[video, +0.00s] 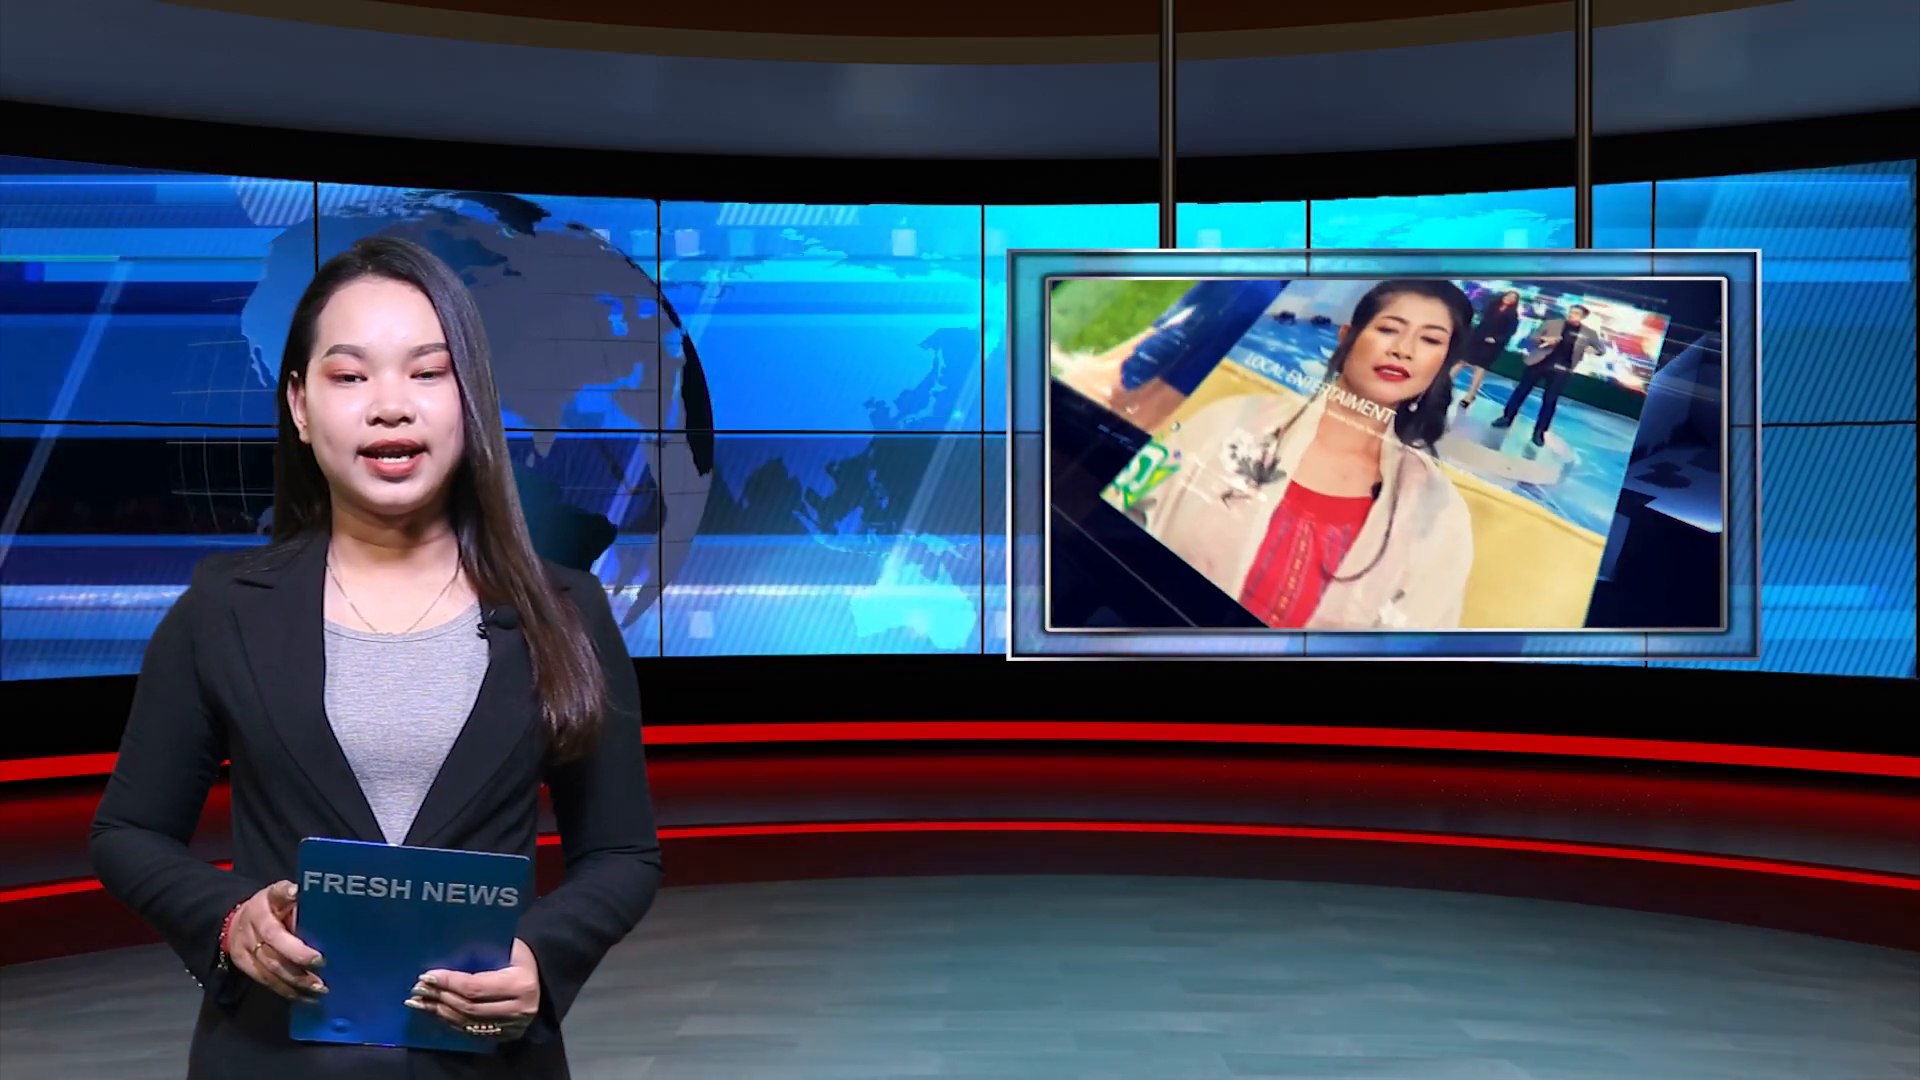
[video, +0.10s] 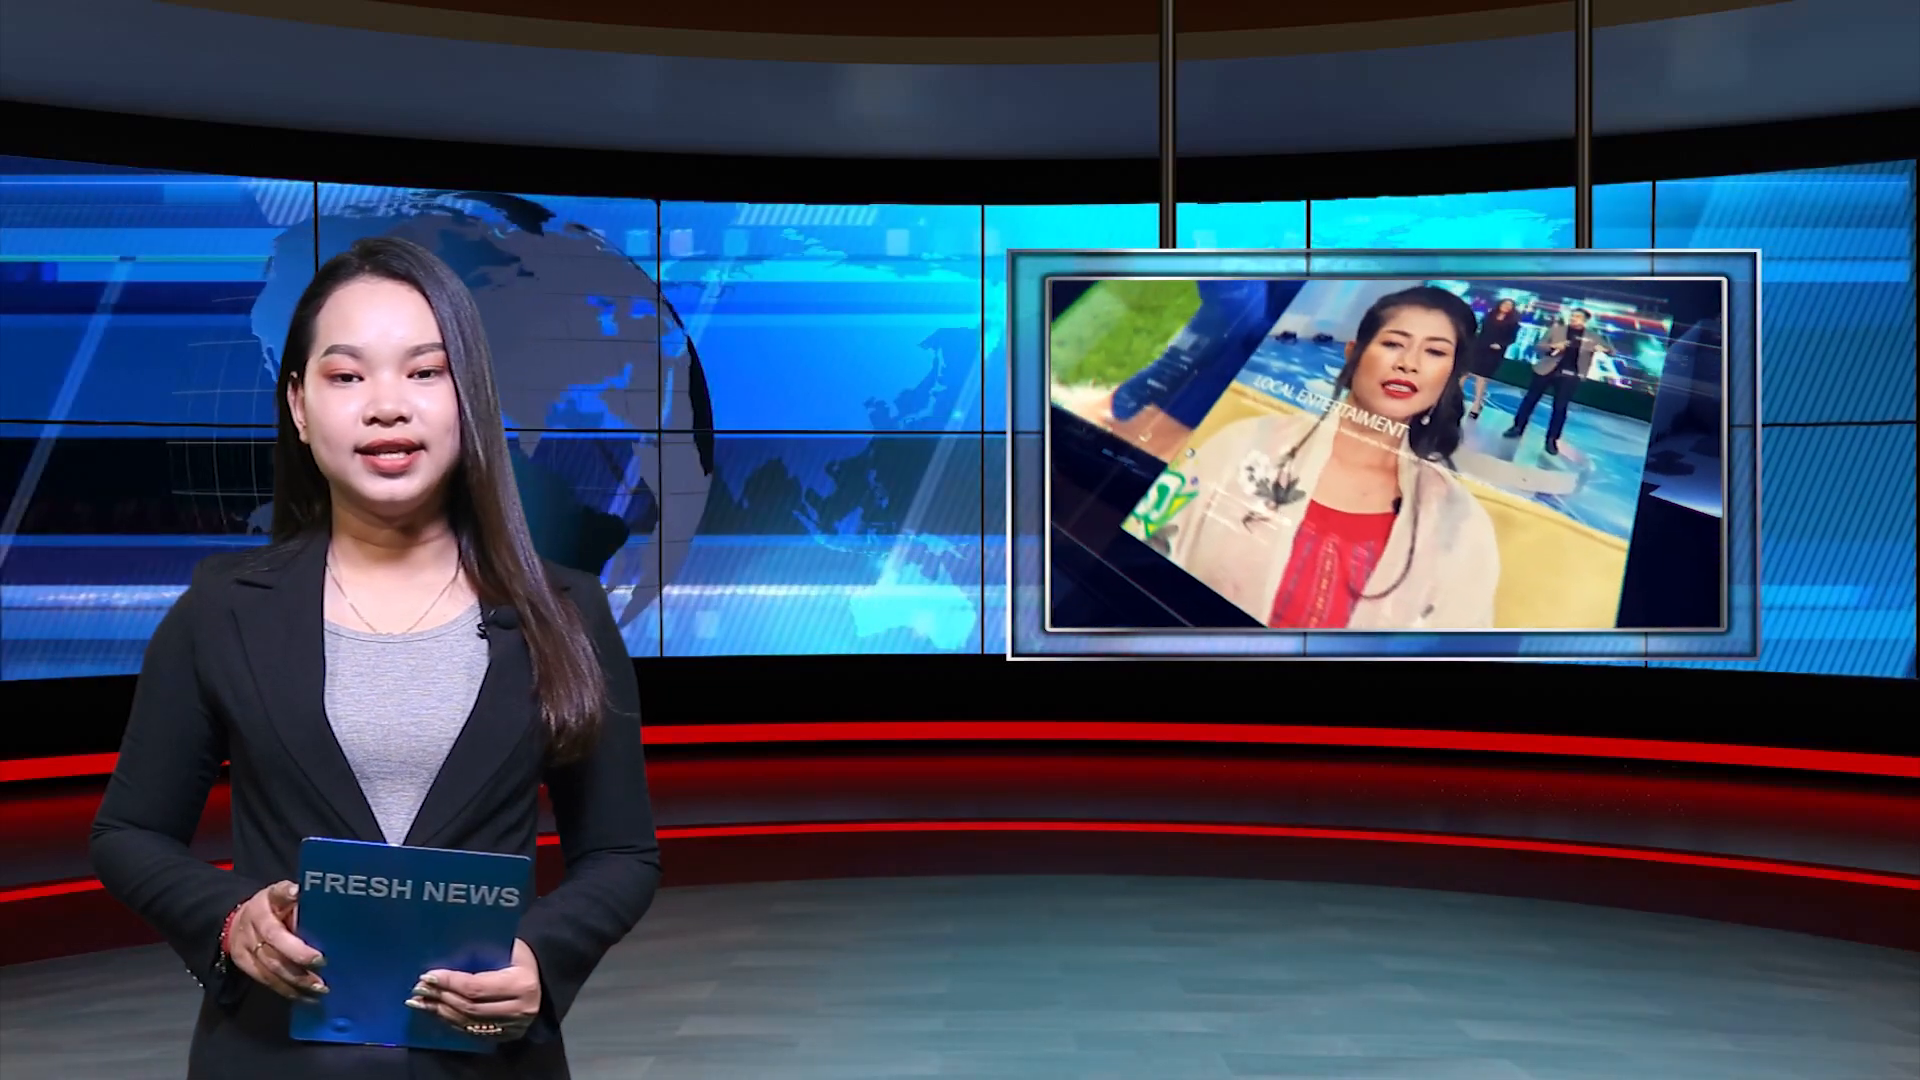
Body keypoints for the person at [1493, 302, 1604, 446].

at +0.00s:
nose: (1573, 316)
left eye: (1577, 314)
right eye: (1572, 313)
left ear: (1582, 318)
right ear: (1568, 313)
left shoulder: (1589, 334)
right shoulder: (1552, 324)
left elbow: (1601, 351)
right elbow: (1531, 339)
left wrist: (1591, 350)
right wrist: (1545, 339)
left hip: (1560, 371)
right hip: (1539, 364)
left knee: (1550, 402)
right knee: (1522, 390)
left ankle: (1539, 432)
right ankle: (1507, 418)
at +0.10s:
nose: (1575, 320)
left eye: (1579, 317)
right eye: (1573, 316)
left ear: (1585, 321)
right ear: (1570, 317)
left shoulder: (1591, 338)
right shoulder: (1557, 329)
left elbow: (1611, 351)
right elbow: (1539, 347)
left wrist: (1601, 349)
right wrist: (1553, 346)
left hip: (1569, 376)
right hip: (1546, 371)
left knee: (1560, 409)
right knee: (1530, 399)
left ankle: (1552, 439)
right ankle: (1517, 427)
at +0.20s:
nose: (1579, 321)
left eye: (1583, 318)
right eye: (1577, 317)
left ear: (1588, 321)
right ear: (1573, 318)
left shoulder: (1598, 338)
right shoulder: (1561, 332)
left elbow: (1621, 351)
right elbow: (1543, 349)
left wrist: (1613, 349)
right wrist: (1559, 348)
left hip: (1576, 379)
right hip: (1553, 374)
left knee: (1569, 412)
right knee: (1539, 402)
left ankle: (1562, 443)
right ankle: (1526, 432)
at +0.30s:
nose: (1586, 322)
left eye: (1590, 320)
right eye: (1585, 319)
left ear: (1597, 323)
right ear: (1581, 321)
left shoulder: (1607, 339)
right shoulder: (1571, 335)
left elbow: (1631, 354)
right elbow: (1557, 353)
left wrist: (1621, 352)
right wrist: (1570, 355)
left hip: (1589, 382)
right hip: (1566, 378)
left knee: (1583, 417)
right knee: (1552, 407)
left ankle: (1577, 449)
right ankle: (1541, 438)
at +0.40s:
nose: (1588, 326)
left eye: (1592, 323)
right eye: (1588, 322)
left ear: (1602, 326)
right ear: (1586, 325)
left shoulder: (1615, 343)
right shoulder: (1579, 340)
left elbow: (1637, 361)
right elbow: (1565, 357)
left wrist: (1625, 360)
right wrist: (1576, 362)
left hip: (1598, 386)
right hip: (1576, 382)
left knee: (1592, 419)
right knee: (1561, 411)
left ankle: (1587, 453)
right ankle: (1551, 443)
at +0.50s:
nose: (1596, 330)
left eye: (1600, 327)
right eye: (1596, 327)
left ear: (1610, 330)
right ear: (1599, 330)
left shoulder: (1629, 349)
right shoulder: (1591, 344)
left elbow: (1642, 370)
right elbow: (1580, 360)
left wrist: (1628, 378)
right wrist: (1585, 367)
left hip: (1612, 389)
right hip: (1591, 386)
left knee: (1605, 425)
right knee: (1573, 416)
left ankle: (1601, 459)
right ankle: (1564, 449)